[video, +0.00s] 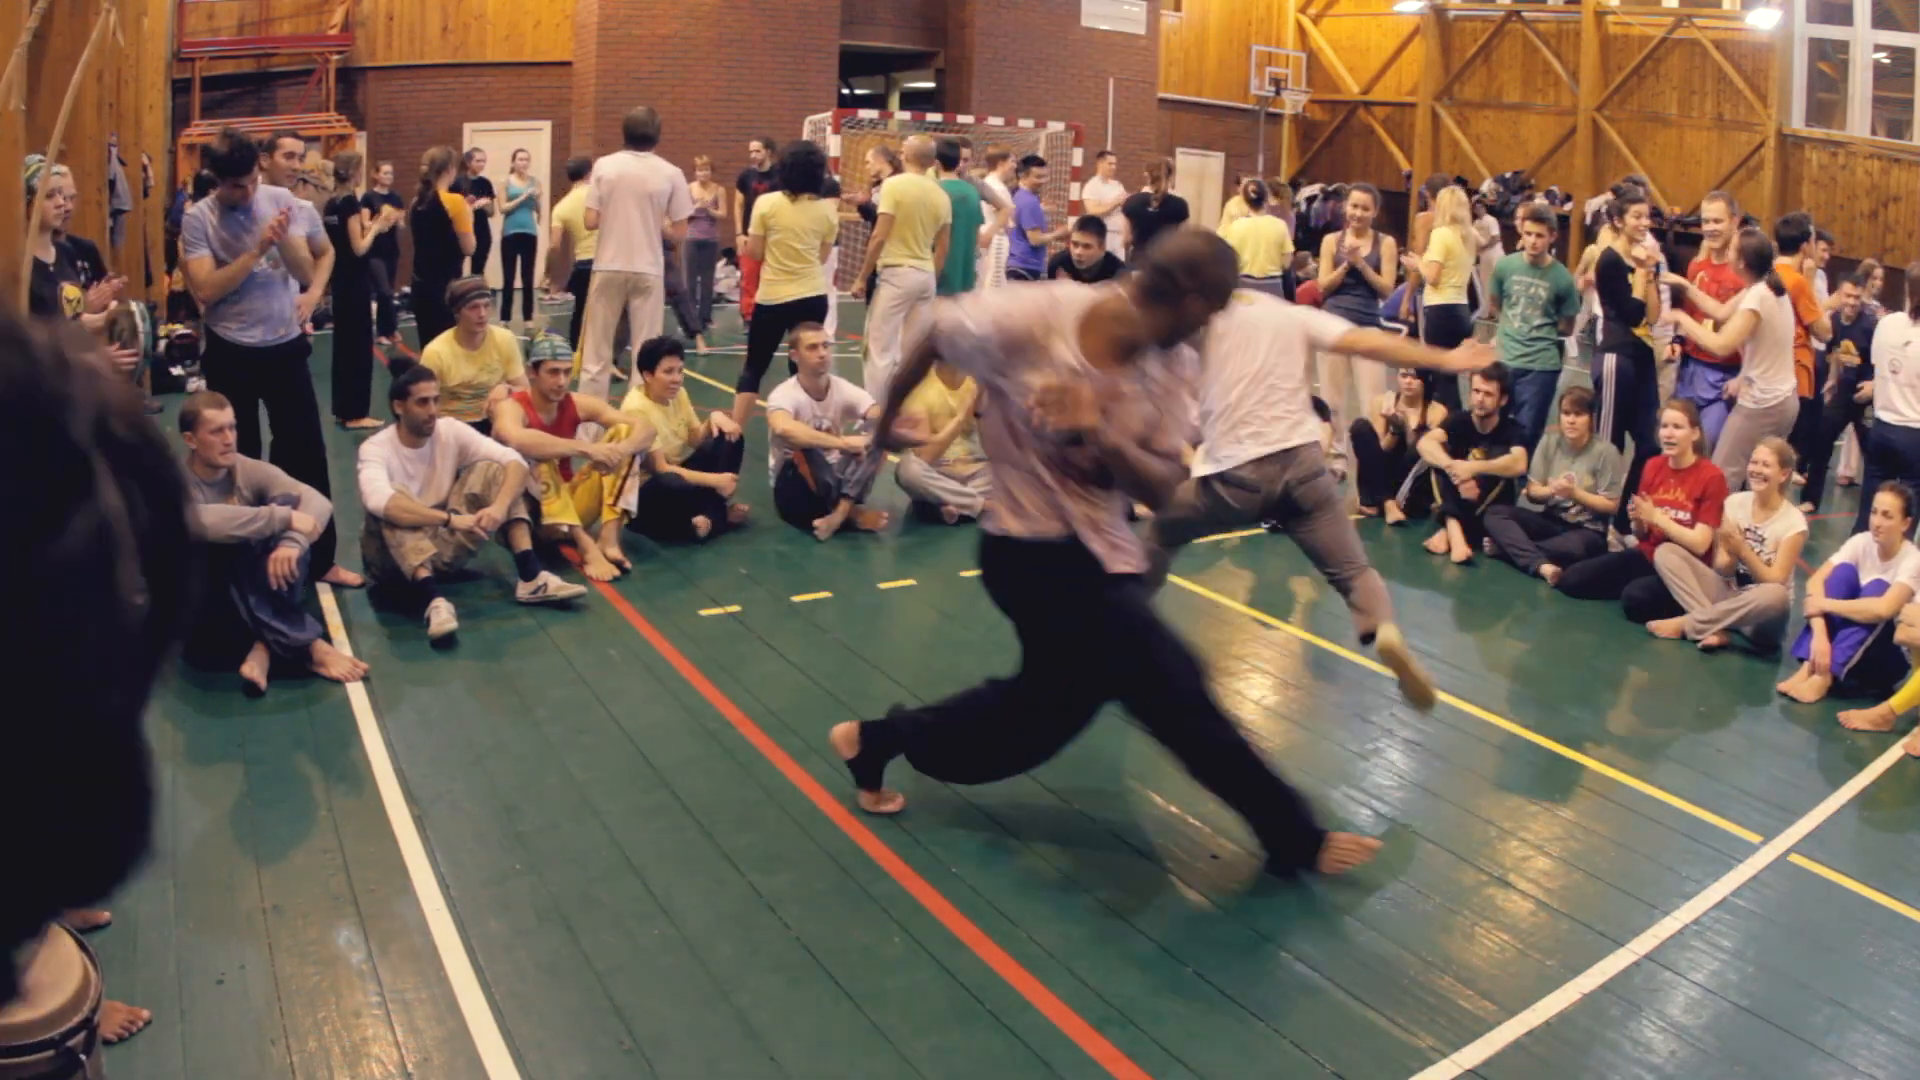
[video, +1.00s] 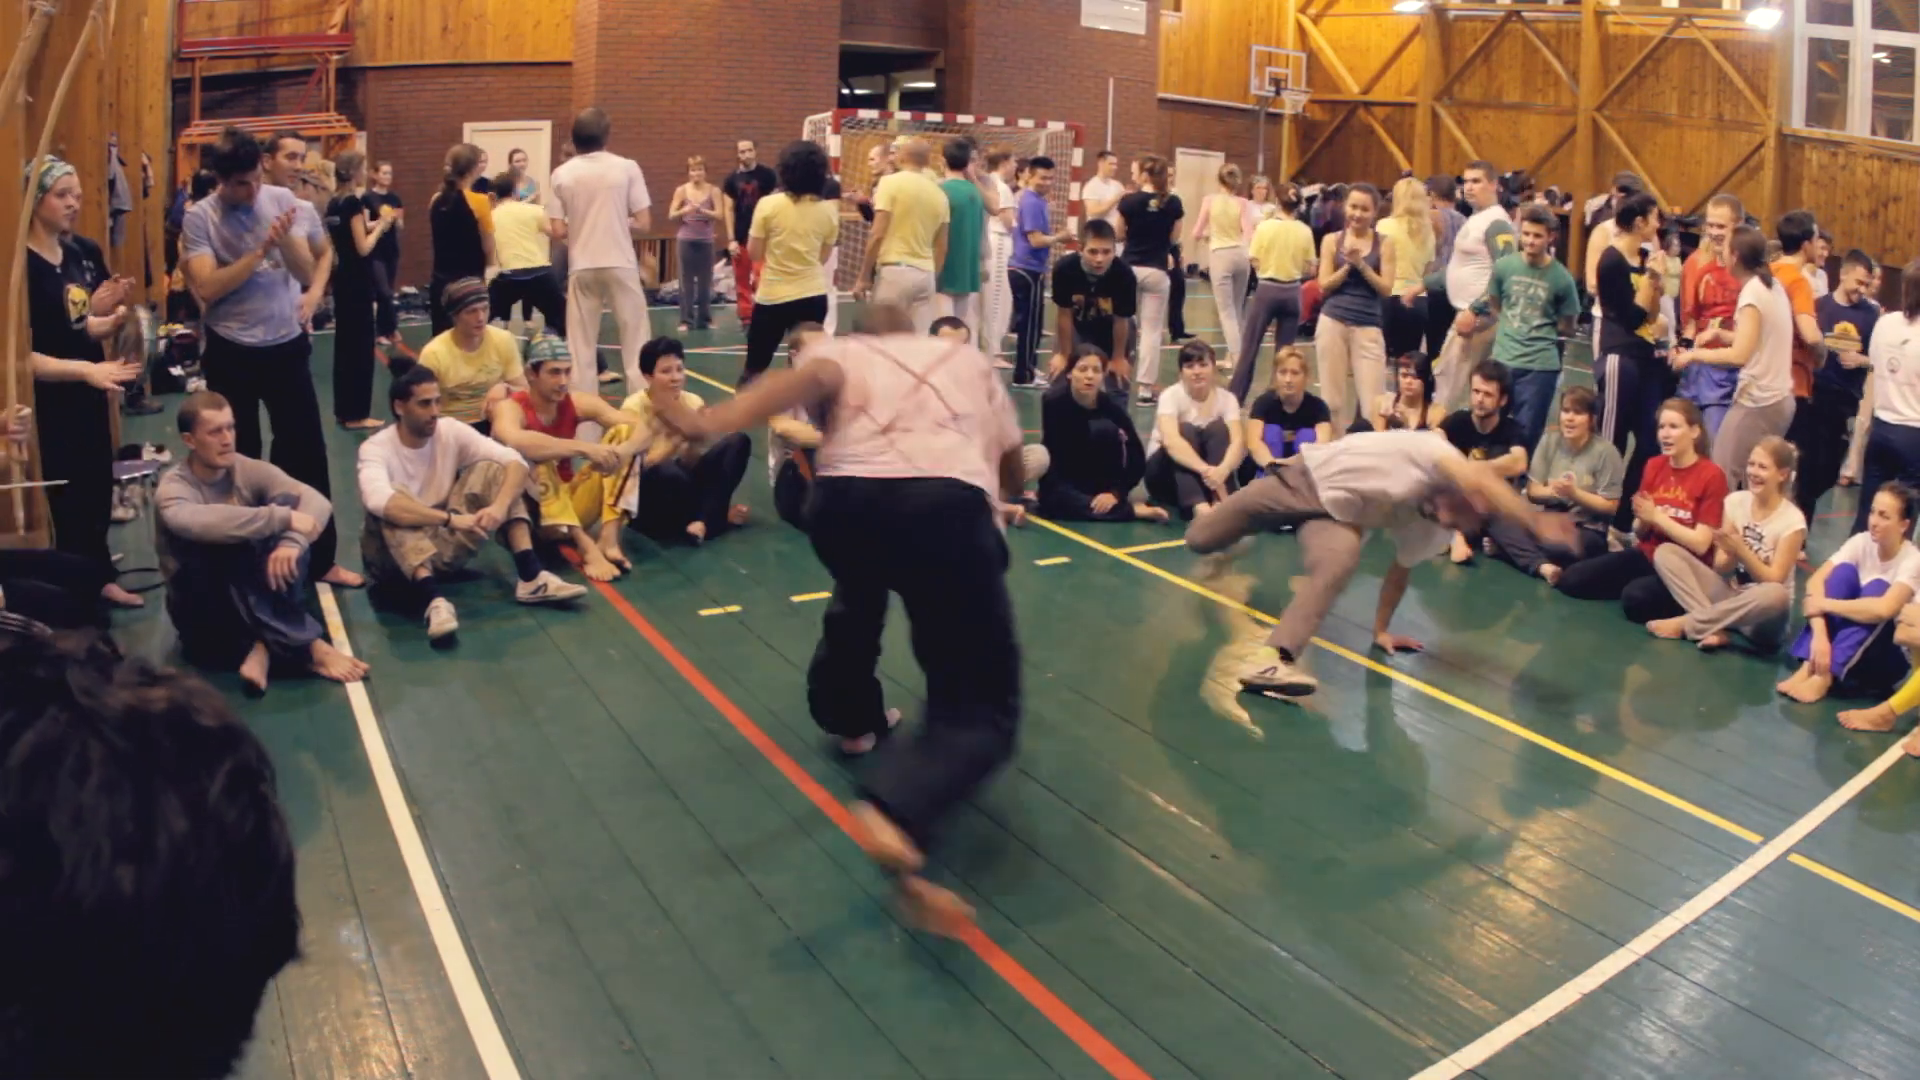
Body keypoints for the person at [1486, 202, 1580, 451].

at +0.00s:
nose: (1533, 241)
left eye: (1539, 235)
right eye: (1528, 234)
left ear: (1552, 237)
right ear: (1521, 234)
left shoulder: (1563, 279)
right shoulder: (1504, 265)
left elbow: (1566, 327)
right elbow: (1495, 305)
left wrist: (1538, 330)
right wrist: (1518, 325)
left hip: (1541, 360)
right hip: (1504, 355)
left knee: (1526, 431)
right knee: (1496, 426)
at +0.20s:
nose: (1532, 241)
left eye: (1539, 236)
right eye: (1528, 234)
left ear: (1552, 237)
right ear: (1521, 233)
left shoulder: (1561, 278)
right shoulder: (1504, 266)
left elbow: (1567, 322)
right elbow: (1494, 304)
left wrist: (1540, 331)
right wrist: (1513, 325)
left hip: (1540, 361)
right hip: (1504, 356)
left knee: (1526, 431)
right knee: (1495, 425)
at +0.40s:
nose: (1532, 242)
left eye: (1539, 236)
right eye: (1527, 234)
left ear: (1550, 238)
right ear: (1520, 234)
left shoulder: (1561, 277)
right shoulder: (1504, 266)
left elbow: (1566, 327)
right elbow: (1493, 305)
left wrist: (1537, 329)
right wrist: (1515, 324)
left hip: (1540, 362)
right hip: (1504, 357)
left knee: (1526, 432)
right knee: (1494, 427)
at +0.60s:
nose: (1531, 241)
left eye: (1538, 236)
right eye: (1526, 234)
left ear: (1549, 239)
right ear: (1520, 234)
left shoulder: (1561, 277)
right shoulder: (1503, 268)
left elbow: (1567, 325)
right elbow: (1490, 300)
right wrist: (1485, 314)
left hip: (1541, 358)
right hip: (1504, 354)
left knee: (1527, 430)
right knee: (1491, 421)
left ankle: (1519, 485)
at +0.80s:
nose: (1530, 241)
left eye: (1537, 236)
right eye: (1526, 234)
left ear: (1551, 239)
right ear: (1519, 234)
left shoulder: (1561, 279)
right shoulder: (1504, 266)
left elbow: (1568, 325)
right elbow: (1495, 305)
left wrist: (1539, 332)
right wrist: (1516, 328)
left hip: (1540, 359)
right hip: (1504, 355)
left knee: (1526, 431)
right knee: (1491, 423)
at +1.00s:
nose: (1530, 241)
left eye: (1537, 236)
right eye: (1526, 234)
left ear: (1550, 238)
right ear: (1519, 234)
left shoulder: (1562, 278)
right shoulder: (1503, 266)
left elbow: (1567, 326)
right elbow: (1494, 305)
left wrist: (1537, 329)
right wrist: (1516, 326)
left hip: (1541, 359)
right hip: (1503, 354)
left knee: (1526, 431)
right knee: (1493, 424)